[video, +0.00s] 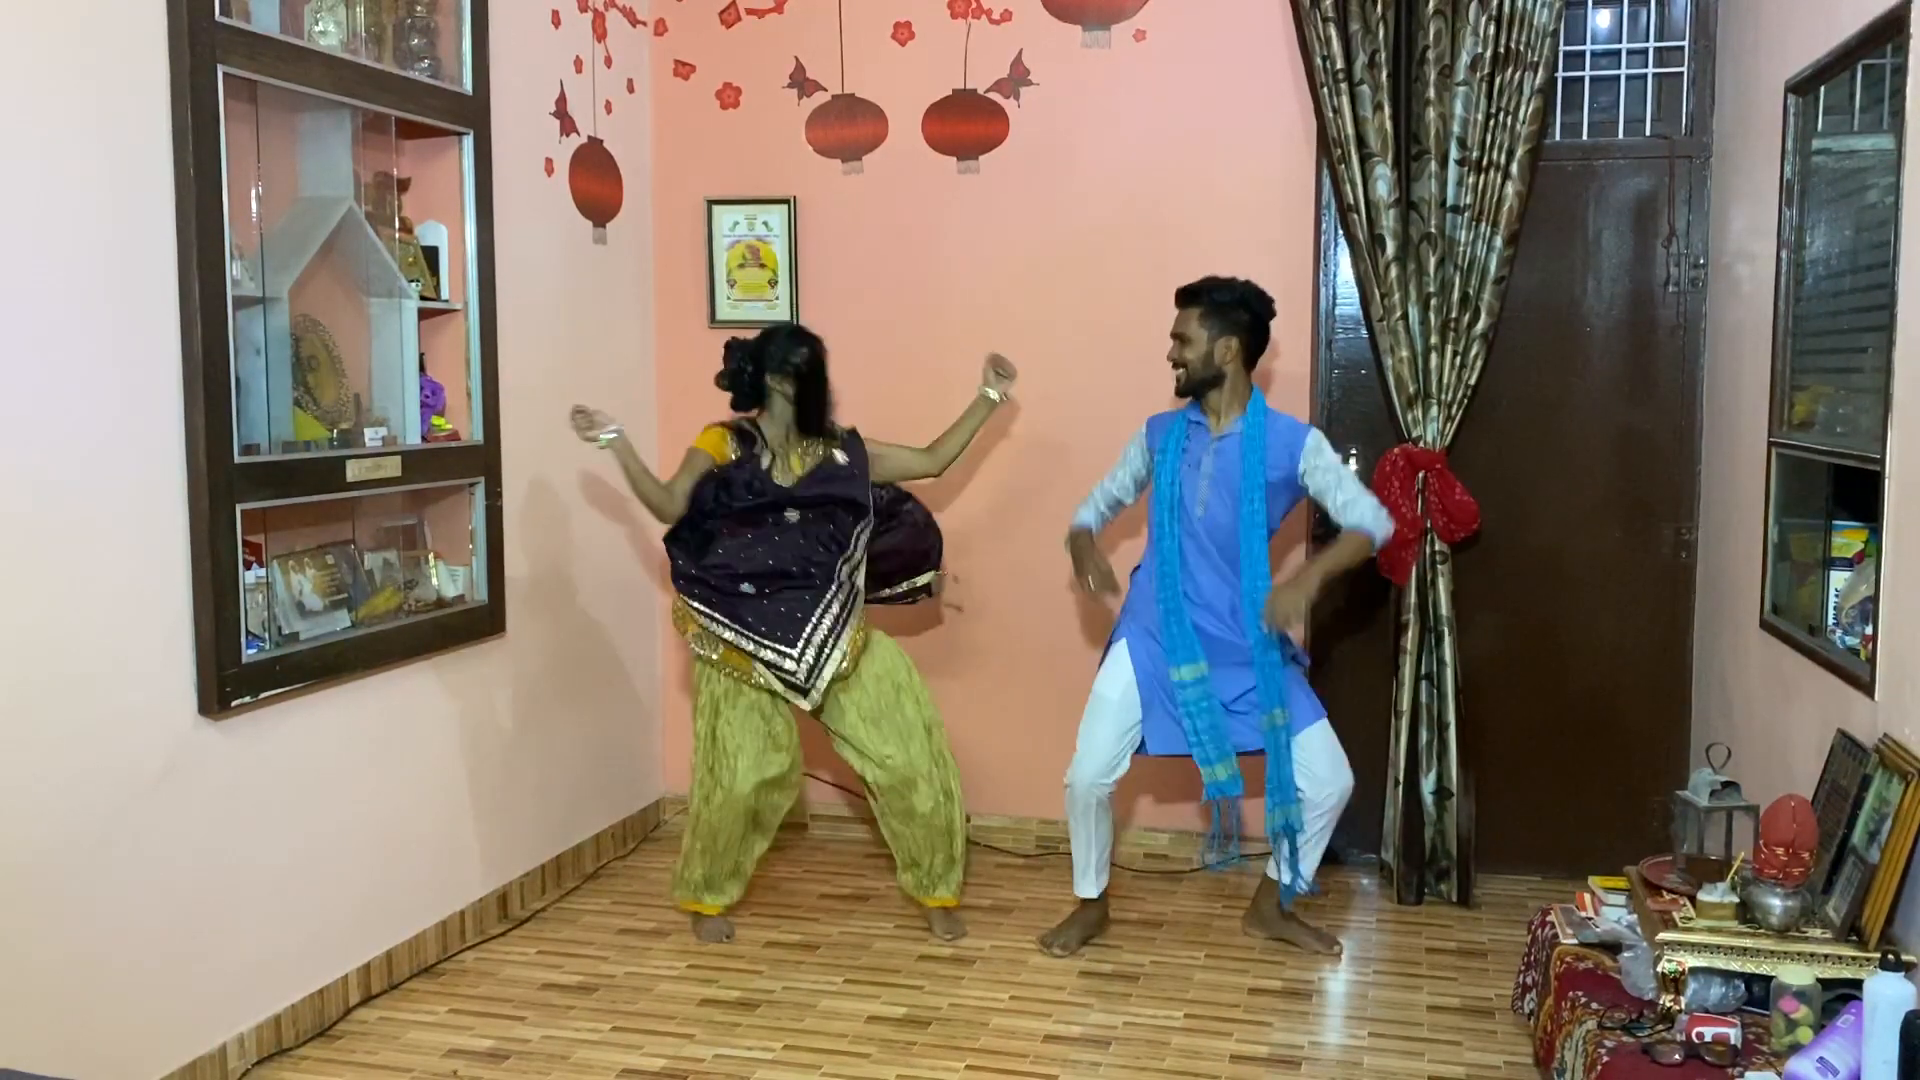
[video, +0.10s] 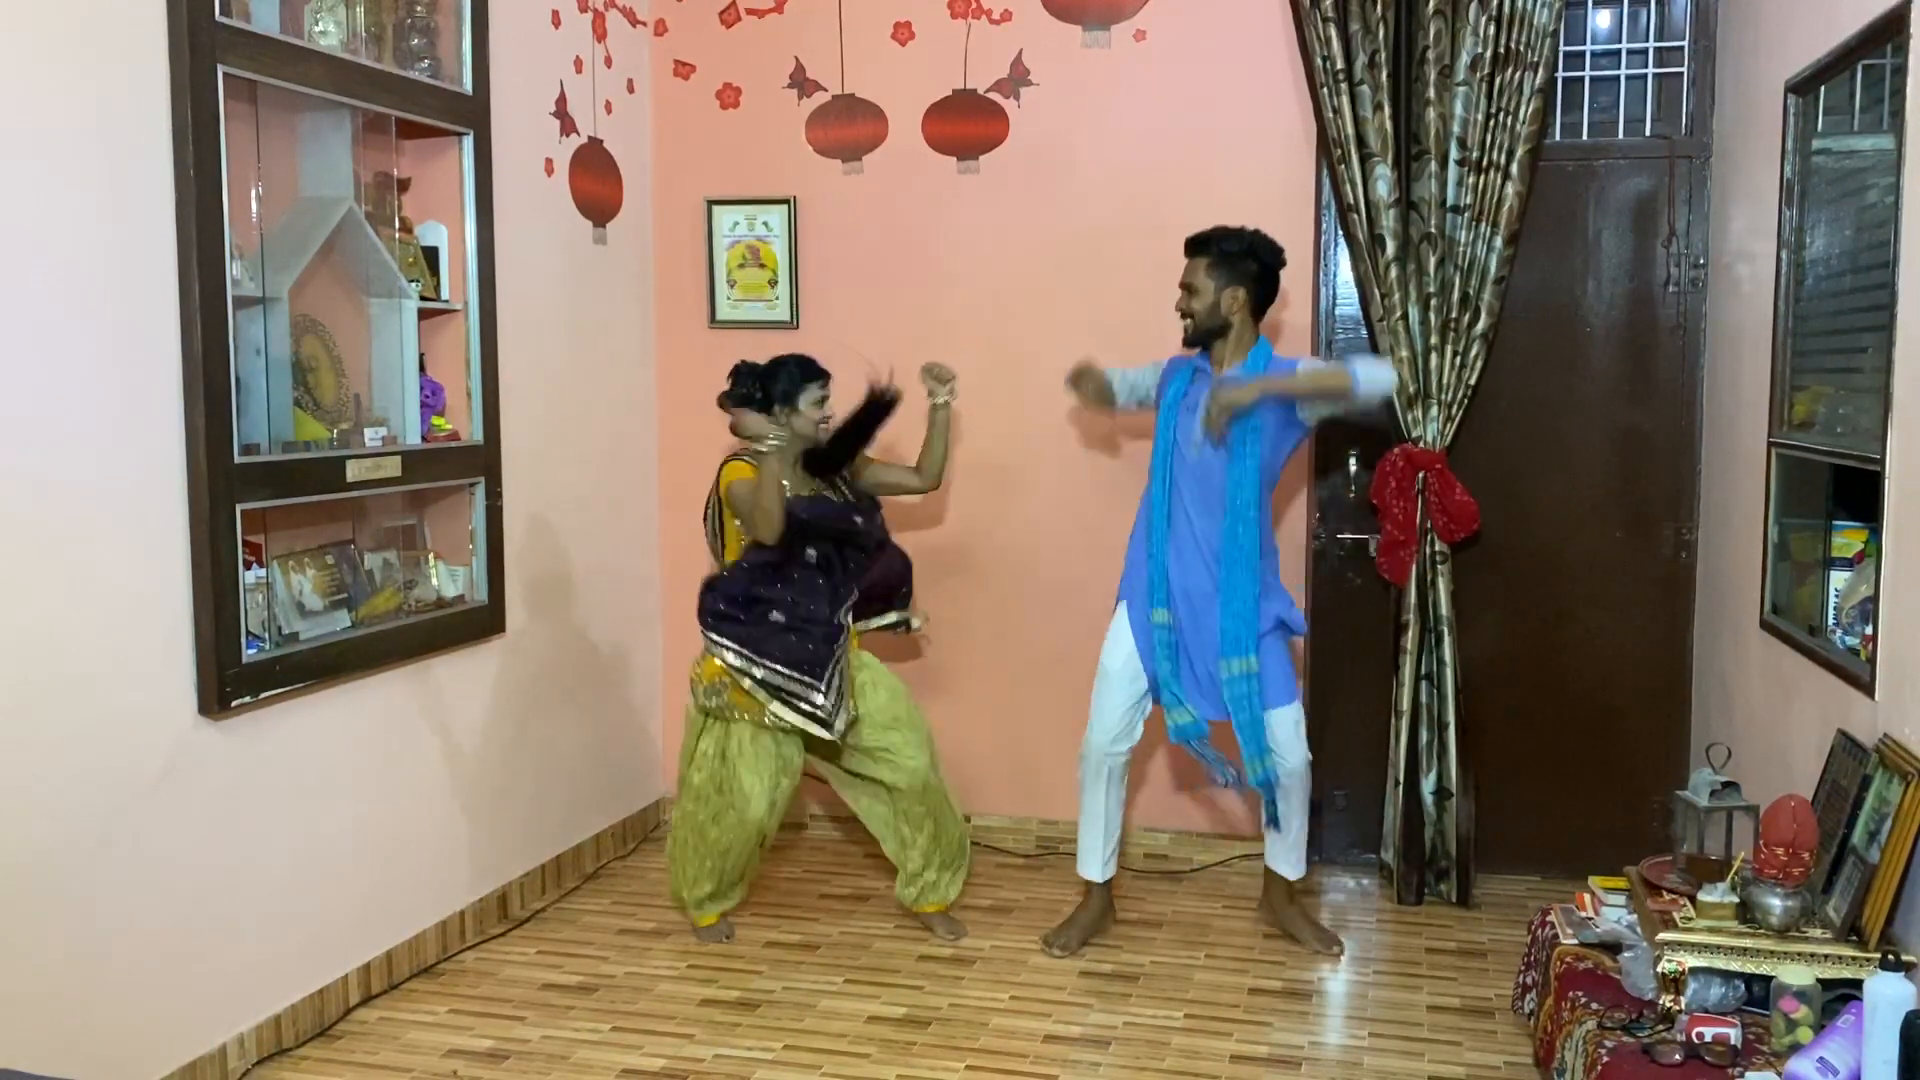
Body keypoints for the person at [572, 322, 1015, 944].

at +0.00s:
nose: (779, 379)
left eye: (778, 367)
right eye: (773, 368)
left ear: (766, 376)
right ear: (800, 377)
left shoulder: (842, 449)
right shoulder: (721, 444)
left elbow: (931, 460)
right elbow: (669, 508)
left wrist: (987, 398)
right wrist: (618, 440)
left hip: (837, 632)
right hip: (739, 637)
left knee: (913, 754)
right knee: (747, 772)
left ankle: (939, 890)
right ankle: (709, 897)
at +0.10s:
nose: (829, 413)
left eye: (828, 403)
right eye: (817, 405)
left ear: (816, 410)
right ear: (781, 414)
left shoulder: (833, 465)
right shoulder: (741, 472)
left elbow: (924, 478)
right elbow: (766, 531)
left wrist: (939, 407)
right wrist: (774, 451)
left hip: (829, 656)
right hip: (751, 664)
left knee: (910, 764)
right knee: (746, 800)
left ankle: (929, 891)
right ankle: (707, 896)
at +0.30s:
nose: (847, 351)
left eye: (843, 340)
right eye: (834, 342)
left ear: (835, 354)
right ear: (800, 357)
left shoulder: (848, 416)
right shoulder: (783, 410)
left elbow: (881, 377)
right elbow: (811, 375)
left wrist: (896, 363)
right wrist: (870, 373)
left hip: (869, 603)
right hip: (797, 606)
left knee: (905, 747)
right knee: (770, 751)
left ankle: (930, 891)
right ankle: (718, 885)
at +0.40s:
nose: (837, 307)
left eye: (837, 298)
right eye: (823, 299)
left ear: (841, 318)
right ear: (796, 324)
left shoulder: (857, 368)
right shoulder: (804, 374)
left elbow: (883, 293)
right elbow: (830, 272)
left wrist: (904, 217)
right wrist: (846, 167)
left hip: (875, 583)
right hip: (809, 578)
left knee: (903, 733)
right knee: (777, 726)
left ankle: (938, 874)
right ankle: (731, 867)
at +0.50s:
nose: (857, 314)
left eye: (856, 306)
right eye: (843, 306)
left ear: (851, 320)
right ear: (820, 321)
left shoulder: (881, 378)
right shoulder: (823, 378)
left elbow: (888, 313)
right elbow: (847, 306)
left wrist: (910, 236)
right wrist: (833, 201)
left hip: (886, 580)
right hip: (826, 573)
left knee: (909, 733)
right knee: (785, 723)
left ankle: (939, 874)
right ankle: (744, 871)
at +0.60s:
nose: (887, 346)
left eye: (887, 336)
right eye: (873, 336)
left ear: (884, 354)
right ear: (841, 352)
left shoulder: (905, 419)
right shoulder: (822, 410)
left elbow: (908, 385)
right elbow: (848, 421)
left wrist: (934, 356)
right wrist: (885, 358)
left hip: (906, 611)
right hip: (833, 608)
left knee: (925, 753)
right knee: (799, 745)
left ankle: (932, 887)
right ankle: (746, 886)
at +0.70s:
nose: (909, 379)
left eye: (906, 370)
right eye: (896, 372)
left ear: (880, 385)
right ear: (862, 386)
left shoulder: (901, 454)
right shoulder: (845, 450)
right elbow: (840, 523)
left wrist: (975, 511)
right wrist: (936, 528)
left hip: (903, 634)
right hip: (844, 633)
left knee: (942, 762)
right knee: (824, 769)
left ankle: (933, 895)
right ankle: (744, 900)